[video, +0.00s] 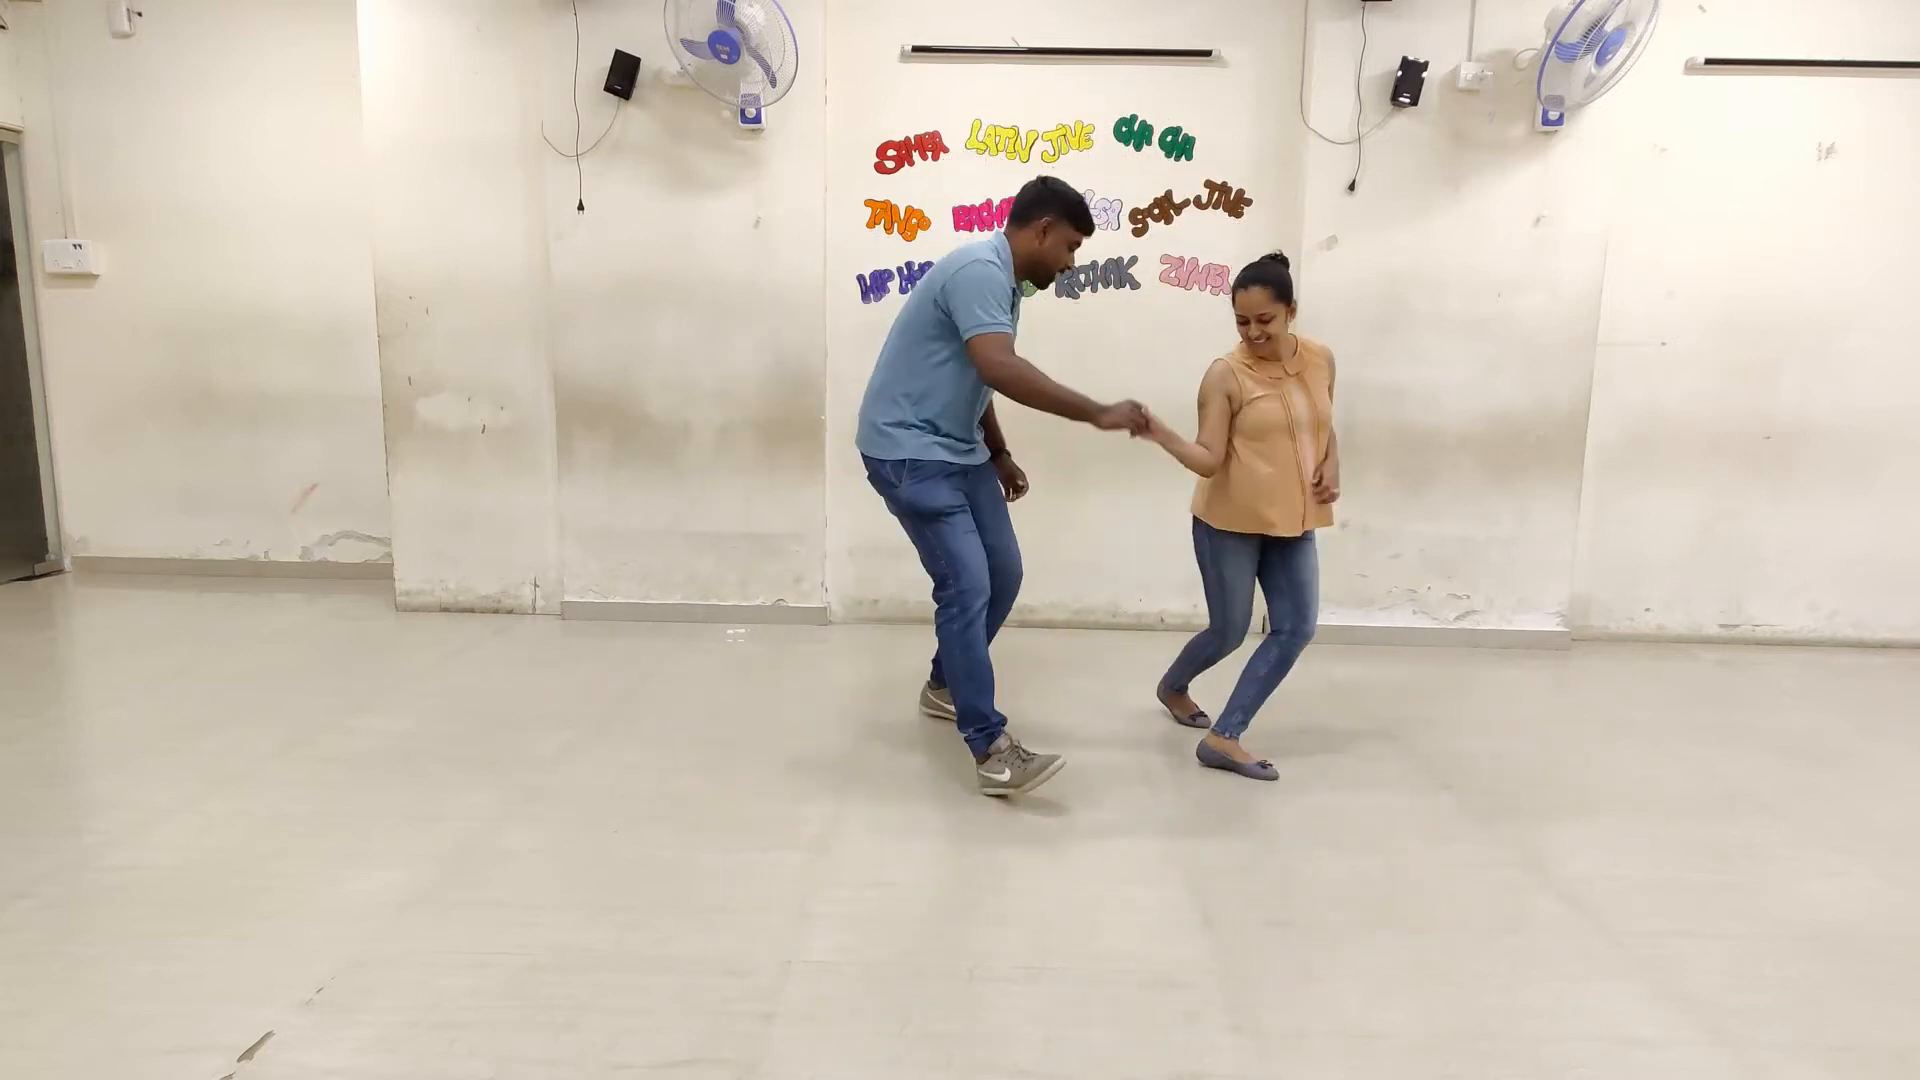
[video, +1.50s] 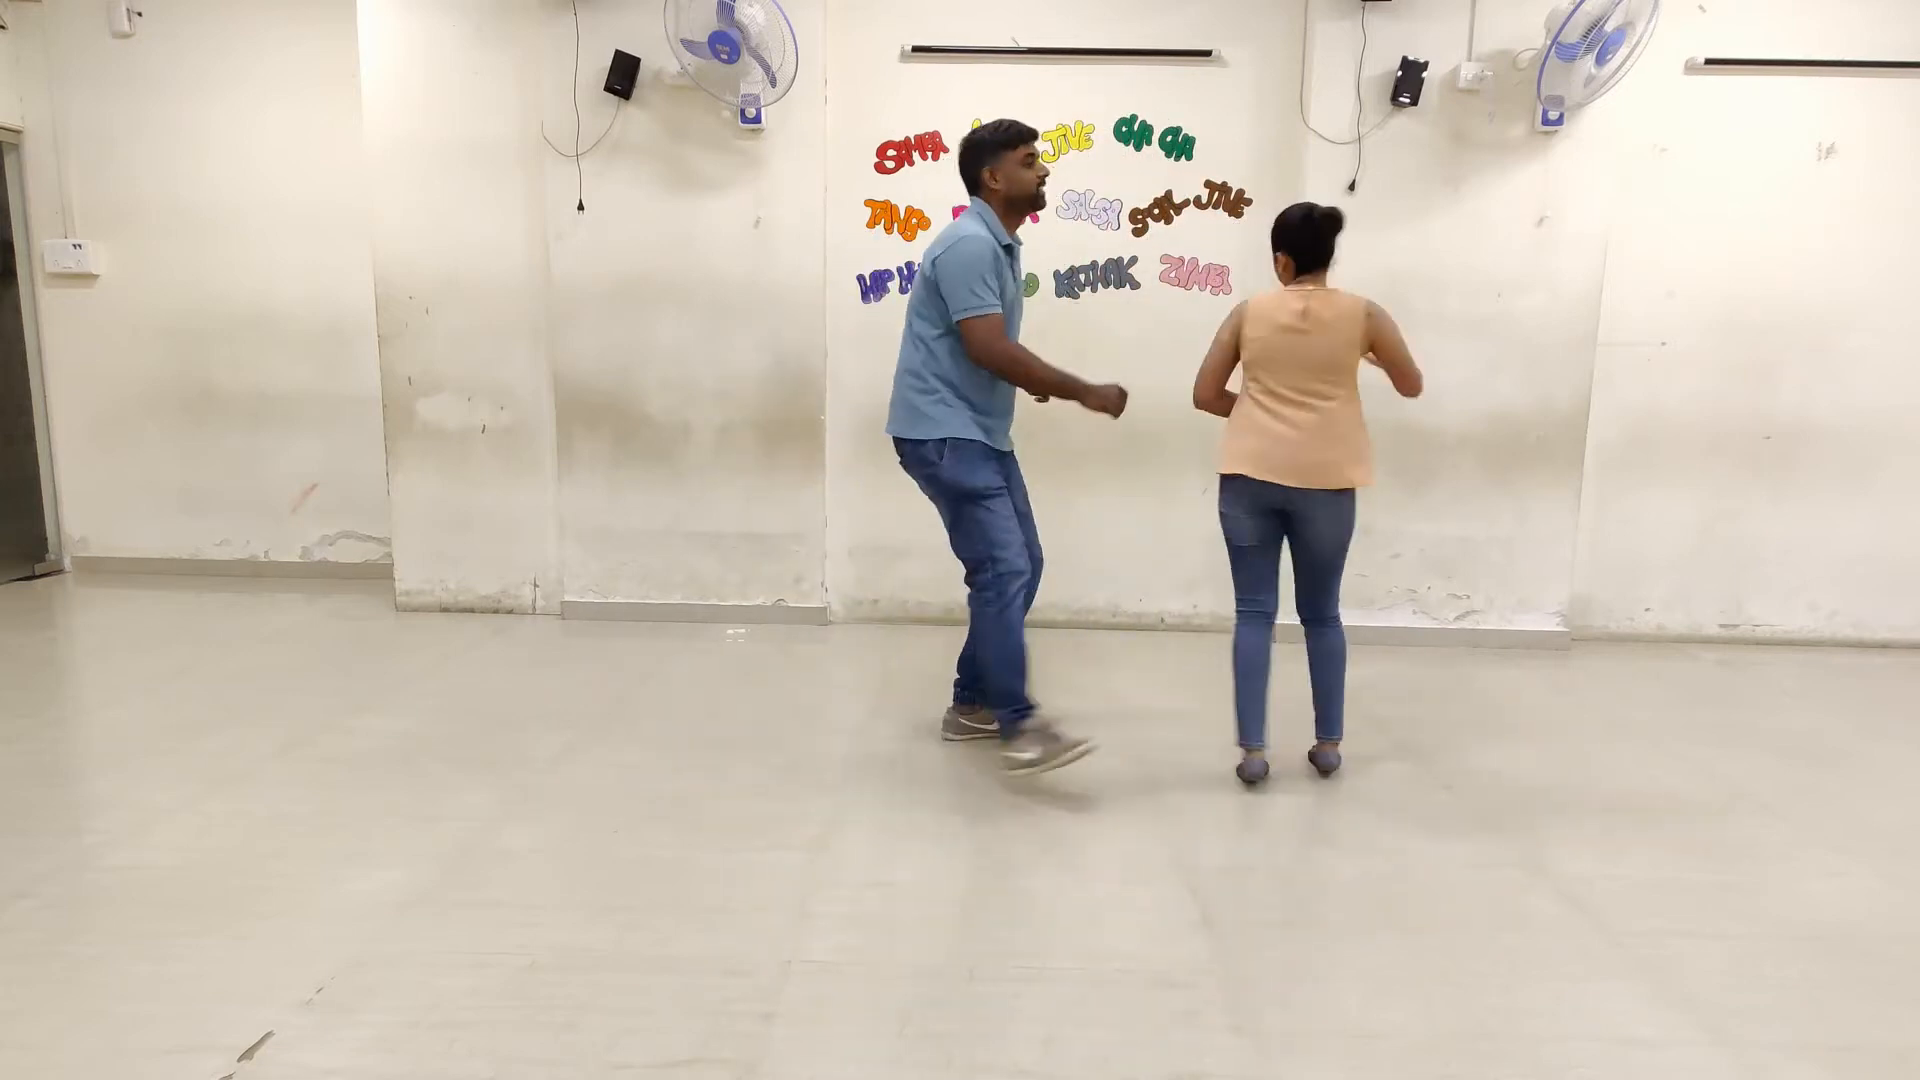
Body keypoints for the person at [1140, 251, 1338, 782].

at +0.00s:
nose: (1254, 332)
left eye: (1265, 319)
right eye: (1243, 321)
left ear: (1290, 310)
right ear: (1234, 314)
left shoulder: (1318, 360)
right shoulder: (1224, 375)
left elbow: (1324, 426)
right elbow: (1209, 459)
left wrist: (1330, 466)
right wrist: (1159, 432)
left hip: (1291, 523)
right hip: (1227, 521)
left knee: (1294, 628)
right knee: (1230, 630)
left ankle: (1223, 736)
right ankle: (1171, 686)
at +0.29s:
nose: (1227, 316)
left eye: (1238, 307)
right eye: (1224, 306)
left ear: (1273, 311)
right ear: (1222, 307)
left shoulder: (1310, 373)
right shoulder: (1209, 370)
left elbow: (1350, 451)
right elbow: (1174, 448)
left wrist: (1283, 478)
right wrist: (1144, 416)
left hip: (1291, 522)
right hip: (1222, 522)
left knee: (1256, 624)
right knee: (1172, 616)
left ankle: (1274, 738)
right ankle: (1220, 701)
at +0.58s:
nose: (1222, 279)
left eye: (1231, 270)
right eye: (1224, 268)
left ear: (1263, 280)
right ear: (1264, 280)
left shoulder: (1257, 334)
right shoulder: (1273, 326)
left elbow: (1236, 429)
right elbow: (1209, 393)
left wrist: (1207, 433)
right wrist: (1134, 386)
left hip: (1267, 490)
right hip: (1288, 486)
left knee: (1238, 618)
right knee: (1216, 583)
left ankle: (1292, 745)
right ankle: (1224, 703)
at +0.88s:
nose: (1227, 275)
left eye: (1238, 268)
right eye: (1226, 265)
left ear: (1271, 275)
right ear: (1233, 268)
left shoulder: (1271, 320)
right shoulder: (1231, 323)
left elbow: (1243, 397)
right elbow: (1158, 342)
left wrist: (1209, 413)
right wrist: (1092, 337)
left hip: (1277, 482)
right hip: (1249, 482)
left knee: (1240, 604)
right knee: (1210, 587)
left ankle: (1284, 735)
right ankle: (1224, 700)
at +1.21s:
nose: (1320, 276)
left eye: (1321, 266)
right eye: (1311, 266)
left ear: (1292, 271)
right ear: (1276, 269)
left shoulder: (1315, 338)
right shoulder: (1234, 342)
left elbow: (1327, 413)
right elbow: (1234, 438)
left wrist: (1322, 428)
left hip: (1293, 502)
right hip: (1230, 498)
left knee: (1273, 630)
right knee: (1231, 619)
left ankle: (1218, 729)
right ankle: (1164, 674)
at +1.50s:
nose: (1273, 262)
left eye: (1274, 254)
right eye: (1278, 253)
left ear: (1281, 258)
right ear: (1332, 256)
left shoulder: (1250, 312)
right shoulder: (1362, 315)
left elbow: (1206, 394)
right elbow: (1410, 383)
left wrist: (1258, 407)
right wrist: (1374, 351)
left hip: (1248, 477)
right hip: (1326, 483)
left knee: (1252, 611)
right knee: (1321, 611)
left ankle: (1252, 752)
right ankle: (1328, 745)